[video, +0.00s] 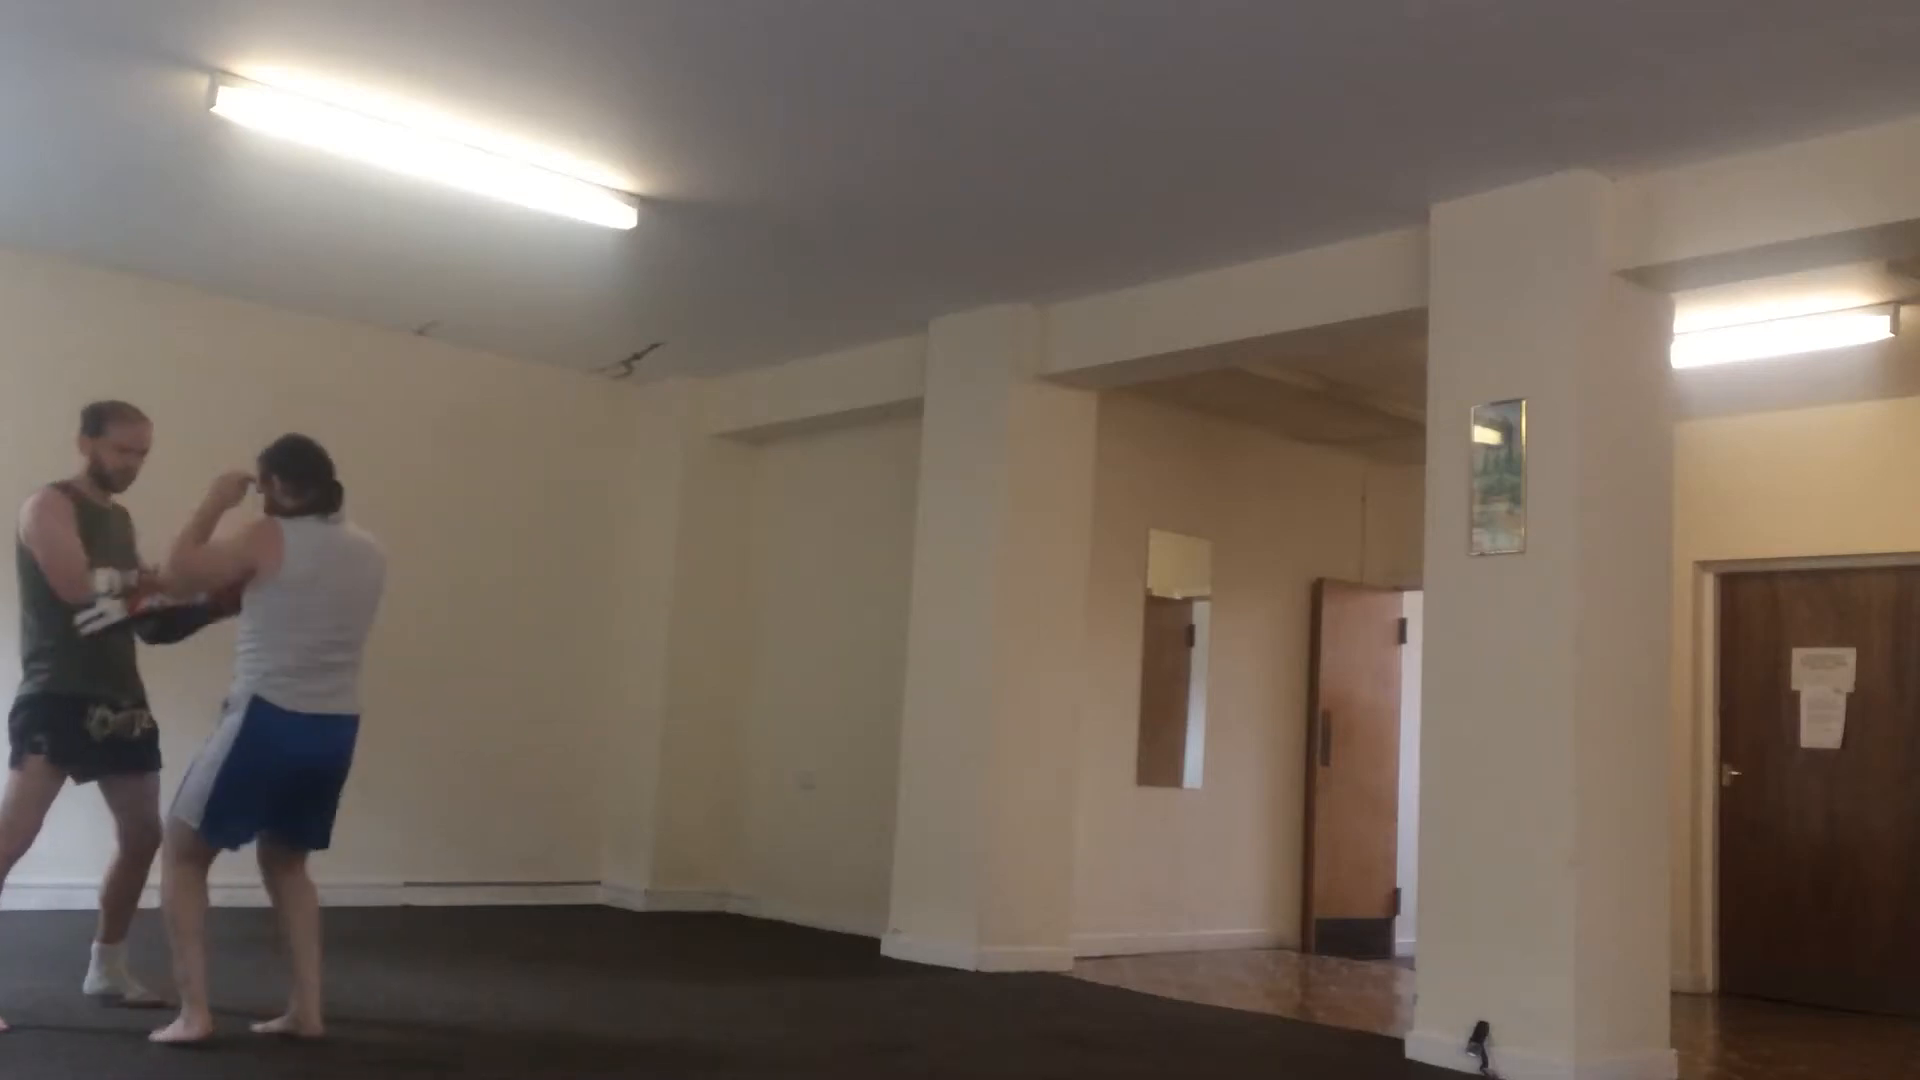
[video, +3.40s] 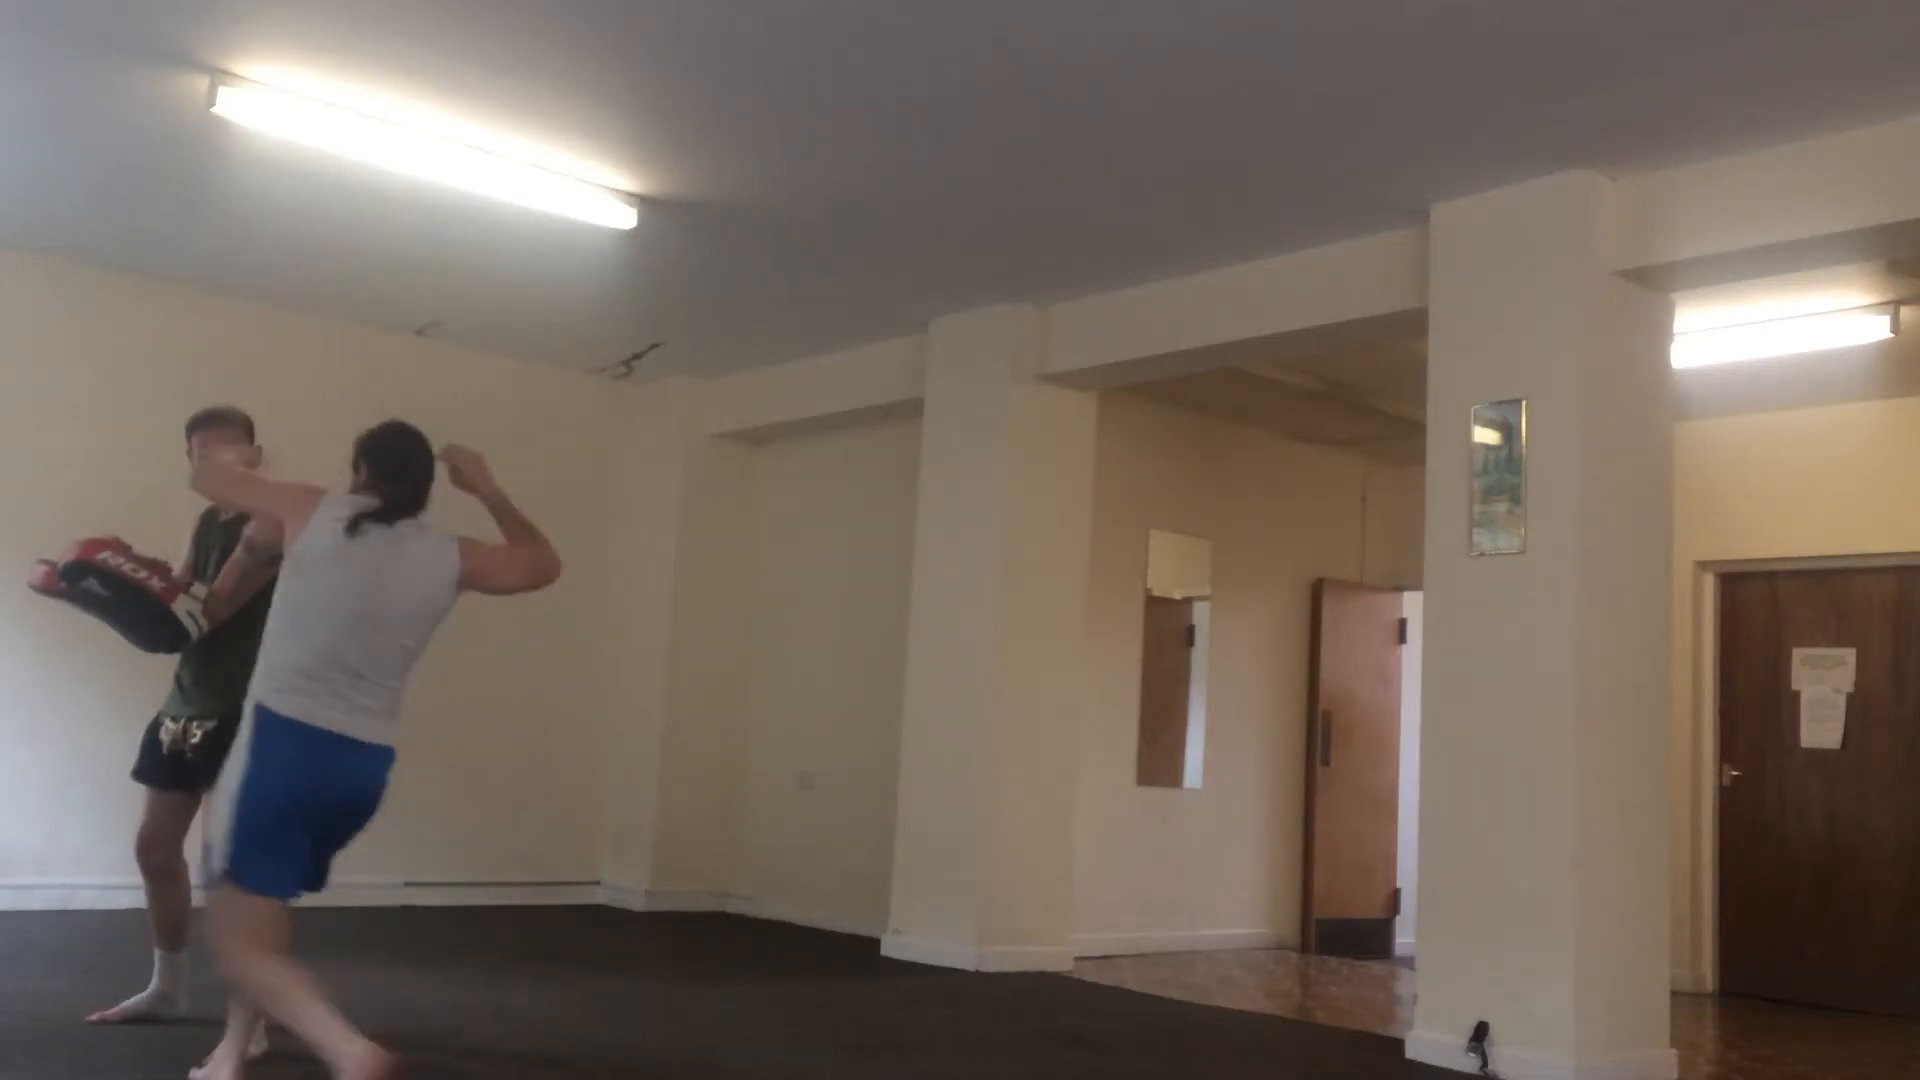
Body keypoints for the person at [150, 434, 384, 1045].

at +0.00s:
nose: (262, 490)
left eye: (266, 481)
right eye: (264, 480)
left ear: (277, 486)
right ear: (328, 484)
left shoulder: (268, 539)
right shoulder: (369, 553)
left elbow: (181, 567)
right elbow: (299, 599)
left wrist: (214, 503)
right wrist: (202, 601)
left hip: (262, 728)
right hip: (333, 735)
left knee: (184, 852)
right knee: (284, 856)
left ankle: (195, 1011)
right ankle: (306, 1010)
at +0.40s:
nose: (270, 469)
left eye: (273, 460)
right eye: (271, 460)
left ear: (288, 465)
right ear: (347, 468)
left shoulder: (280, 511)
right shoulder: (390, 534)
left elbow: (175, 541)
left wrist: (224, 476)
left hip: (289, 724)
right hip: (365, 731)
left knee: (225, 891)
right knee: (311, 865)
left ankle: (257, 1052)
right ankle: (310, 1018)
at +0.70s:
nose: (299, 461)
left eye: (304, 453)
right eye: (302, 453)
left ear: (317, 457)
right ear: (379, 462)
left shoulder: (306, 496)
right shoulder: (421, 523)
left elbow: (212, 541)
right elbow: (375, 603)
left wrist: (266, 471)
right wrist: (286, 588)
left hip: (324, 719)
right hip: (403, 728)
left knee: (248, 894)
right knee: (341, 895)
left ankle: (312, 1047)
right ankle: (337, 1056)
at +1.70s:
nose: (378, 453)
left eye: (379, 441)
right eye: (378, 439)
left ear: (394, 444)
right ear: (452, 444)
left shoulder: (390, 493)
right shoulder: (504, 510)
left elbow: (289, 536)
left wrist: (331, 457)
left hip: (414, 724)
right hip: (491, 734)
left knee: (325, 911)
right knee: (406, 904)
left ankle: (376, 1071)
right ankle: (416, 1068)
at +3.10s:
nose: (353, 445)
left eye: (359, 439)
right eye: (357, 439)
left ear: (369, 450)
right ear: (436, 457)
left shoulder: (343, 494)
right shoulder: (475, 517)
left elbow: (249, 535)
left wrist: (316, 467)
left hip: (384, 727)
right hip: (470, 736)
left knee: (339, 936)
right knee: (375, 911)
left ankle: (406, 1072)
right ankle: (348, 1066)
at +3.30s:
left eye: (353, 455)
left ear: (353, 472)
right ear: (424, 486)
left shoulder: (312, 514)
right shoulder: (447, 548)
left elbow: (246, 512)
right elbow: (522, 554)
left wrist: (328, 469)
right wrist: (453, 491)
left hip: (324, 756)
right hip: (405, 771)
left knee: (326, 966)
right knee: (289, 924)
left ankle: (405, 1074)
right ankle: (239, 1049)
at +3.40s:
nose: (348, 473)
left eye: (352, 465)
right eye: (357, 465)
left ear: (359, 474)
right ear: (424, 488)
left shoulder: (308, 510)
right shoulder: (448, 559)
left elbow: (207, 475)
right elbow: (542, 564)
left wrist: (250, 472)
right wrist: (491, 493)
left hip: (286, 748)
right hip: (363, 767)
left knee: (240, 945)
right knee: (268, 904)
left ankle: (355, 1055)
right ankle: (230, 1056)